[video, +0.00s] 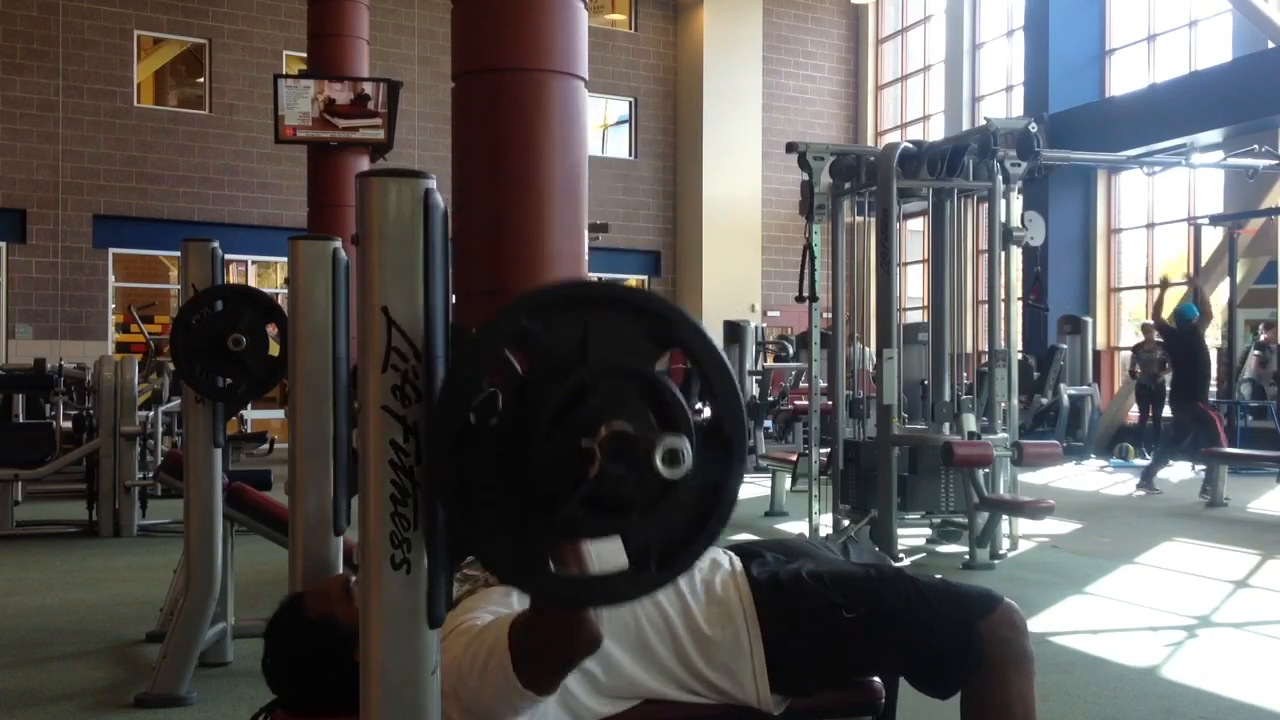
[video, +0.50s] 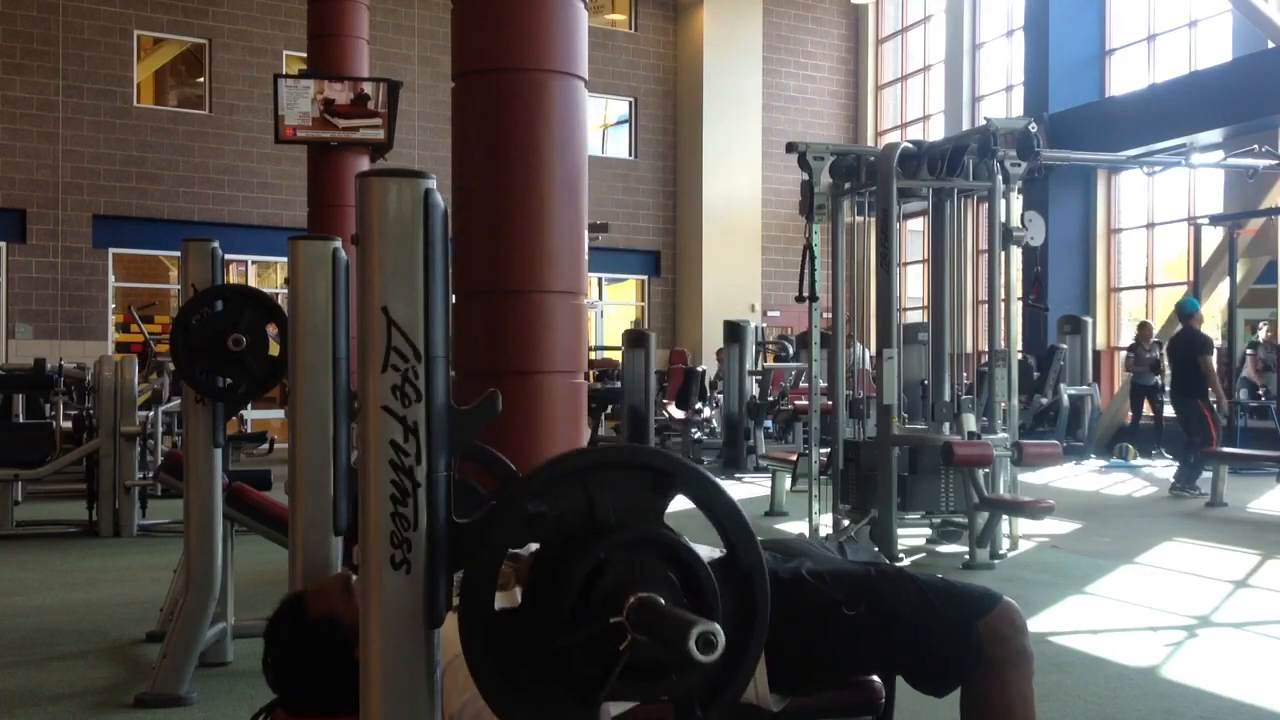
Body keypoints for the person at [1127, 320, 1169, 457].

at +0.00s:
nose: (1150, 334)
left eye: (1151, 331)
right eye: (1146, 331)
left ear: (1155, 331)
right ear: (1143, 333)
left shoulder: (1163, 346)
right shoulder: (1137, 348)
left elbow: (1170, 366)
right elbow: (1132, 367)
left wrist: (1161, 373)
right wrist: (1134, 374)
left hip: (1158, 382)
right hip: (1143, 383)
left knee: (1156, 417)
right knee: (1143, 416)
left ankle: (1156, 447)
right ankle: (1140, 446)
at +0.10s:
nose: (1148, 333)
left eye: (1150, 329)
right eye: (1145, 330)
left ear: (1154, 330)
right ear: (1142, 331)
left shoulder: (1162, 345)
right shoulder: (1136, 347)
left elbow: (1170, 365)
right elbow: (1131, 366)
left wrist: (1161, 373)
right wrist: (1132, 372)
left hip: (1158, 381)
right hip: (1142, 382)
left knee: (1156, 417)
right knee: (1142, 415)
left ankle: (1157, 448)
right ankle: (1137, 446)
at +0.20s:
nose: (1150, 335)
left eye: (1151, 332)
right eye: (1147, 332)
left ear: (1154, 332)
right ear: (1142, 332)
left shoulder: (1161, 346)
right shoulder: (1134, 347)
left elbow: (1169, 365)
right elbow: (1128, 366)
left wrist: (1160, 373)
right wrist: (1135, 371)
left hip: (1157, 382)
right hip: (1141, 382)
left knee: (1156, 417)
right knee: (1139, 417)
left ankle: (1155, 448)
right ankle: (1133, 447)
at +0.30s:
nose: (1148, 333)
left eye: (1150, 330)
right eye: (1145, 330)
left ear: (1152, 331)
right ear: (1140, 331)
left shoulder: (1159, 346)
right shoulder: (1132, 347)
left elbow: (1165, 366)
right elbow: (1125, 367)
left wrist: (1159, 369)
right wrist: (1138, 369)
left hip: (1155, 382)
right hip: (1140, 383)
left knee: (1155, 417)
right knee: (1138, 416)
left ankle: (1155, 448)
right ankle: (1131, 446)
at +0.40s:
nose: (1149, 332)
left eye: (1150, 329)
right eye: (1146, 330)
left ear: (1152, 331)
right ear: (1139, 331)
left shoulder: (1158, 345)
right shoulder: (1132, 347)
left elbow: (1162, 366)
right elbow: (1125, 367)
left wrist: (1157, 370)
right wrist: (1140, 368)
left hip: (1154, 383)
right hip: (1139, 383)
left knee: (1156, 418)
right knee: (1136, 417)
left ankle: (1156, 448)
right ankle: (1131, 446)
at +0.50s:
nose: (1150, 333)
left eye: (1151, 330)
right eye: (1147, 330)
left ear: (1154, 331)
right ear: (1140, 332)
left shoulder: (1157, 346)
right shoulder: (1134, 347)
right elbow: (1128, 367)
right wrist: (1147, 368)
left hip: (1154, 384)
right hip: (1138, 384)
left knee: (1159, 415)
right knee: (1136, 417)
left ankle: (1157, 446)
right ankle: (1132, 446)